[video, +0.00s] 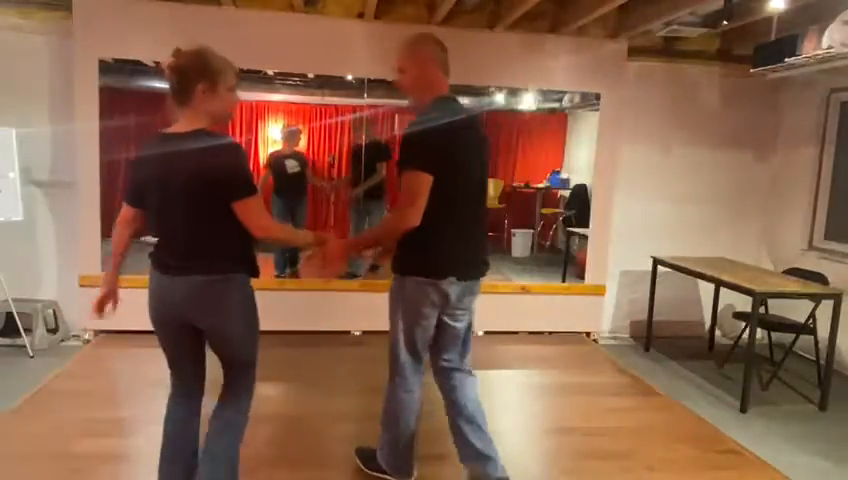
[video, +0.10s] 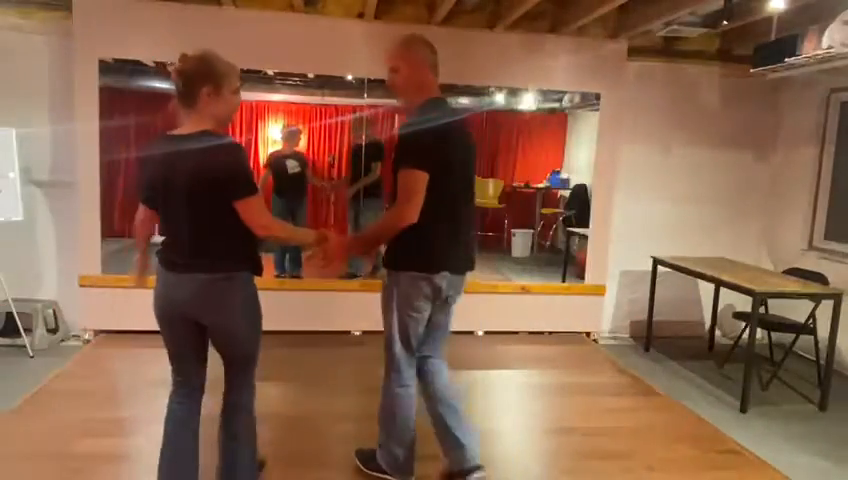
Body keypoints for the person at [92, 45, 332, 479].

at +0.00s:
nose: (235, 101)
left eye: (235, 91)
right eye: (230, 91)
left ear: (194, 93)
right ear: (203, 93)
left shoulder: (152, 153)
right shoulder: (225, 153)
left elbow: (126, 223)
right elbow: (262, 227)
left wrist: (109, 279)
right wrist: (313, 239)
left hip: (165, 291)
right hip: (221, 291)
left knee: (184, 384)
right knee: (239, 378)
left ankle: (173, 475)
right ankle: (214, 473)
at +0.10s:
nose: (238, 102)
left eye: (238, 94)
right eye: (233, 93)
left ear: (192, 96)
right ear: (208, 95)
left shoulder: (160, 151)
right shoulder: (227, 153)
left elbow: (143, 224)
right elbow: (260, 224)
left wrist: (140, 259)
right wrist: (308, 236)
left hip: (173, 289)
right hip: (226, 290)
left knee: (185, 387)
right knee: (240, 385)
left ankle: (175, 476)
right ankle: (239, 473)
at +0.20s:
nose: (242, 107)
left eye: (243, 97)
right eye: (238, 97)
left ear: (192, 99)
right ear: (214, 99)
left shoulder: (169, 158)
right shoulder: (232, 156)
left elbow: (165, 225)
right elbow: (263, 225)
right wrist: (316, 237)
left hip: (182, 284)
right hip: (233, 287)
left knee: (190, 381)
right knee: (238, 376)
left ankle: (175, 475)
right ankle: (237, 455)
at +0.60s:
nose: (260, 110)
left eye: (260, 103)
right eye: (256, 102)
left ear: (219, 105)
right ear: (234, 104)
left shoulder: (203, 155)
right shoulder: (243, 159)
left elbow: (199, 216)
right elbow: (274, 223)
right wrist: (331, 242)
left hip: (213, 267)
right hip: (246, 271)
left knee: (234, 350)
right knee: (247, 360)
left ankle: (221, 437)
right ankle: (229, 454)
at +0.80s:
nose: (265, 112)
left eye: (264, 104)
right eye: (261, 104)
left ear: (226, 107)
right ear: (241, 105)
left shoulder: (217, 153)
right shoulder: (241, 161)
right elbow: (275, 222)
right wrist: (333, 244)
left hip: (225, 261)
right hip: (247, 267)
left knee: (244, 349)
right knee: (249, 358)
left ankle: (243, 423)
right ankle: (230, 454)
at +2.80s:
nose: (272, 113)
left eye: (271, 105)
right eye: (270, 105)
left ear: (233, 106)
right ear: (256, 105)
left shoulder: (224, 151)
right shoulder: (252, 152)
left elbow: (221, 205)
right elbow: (276, 207)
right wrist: (307, 248)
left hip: (231, 252)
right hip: (251, 256)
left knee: (255, 342)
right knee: (254, 350)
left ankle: (248, 422)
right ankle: (231, 457)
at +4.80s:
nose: (245, 113)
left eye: (245, 106)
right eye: (242, 106)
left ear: (209, 109)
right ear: (225, 109)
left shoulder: (197, 155)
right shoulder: (221, 160)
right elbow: (266, 214)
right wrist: (311, 242)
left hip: (210, 257)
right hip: (233, 261)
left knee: (229, 343)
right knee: (251, 349)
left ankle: (211, 429)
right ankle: (238, 454)